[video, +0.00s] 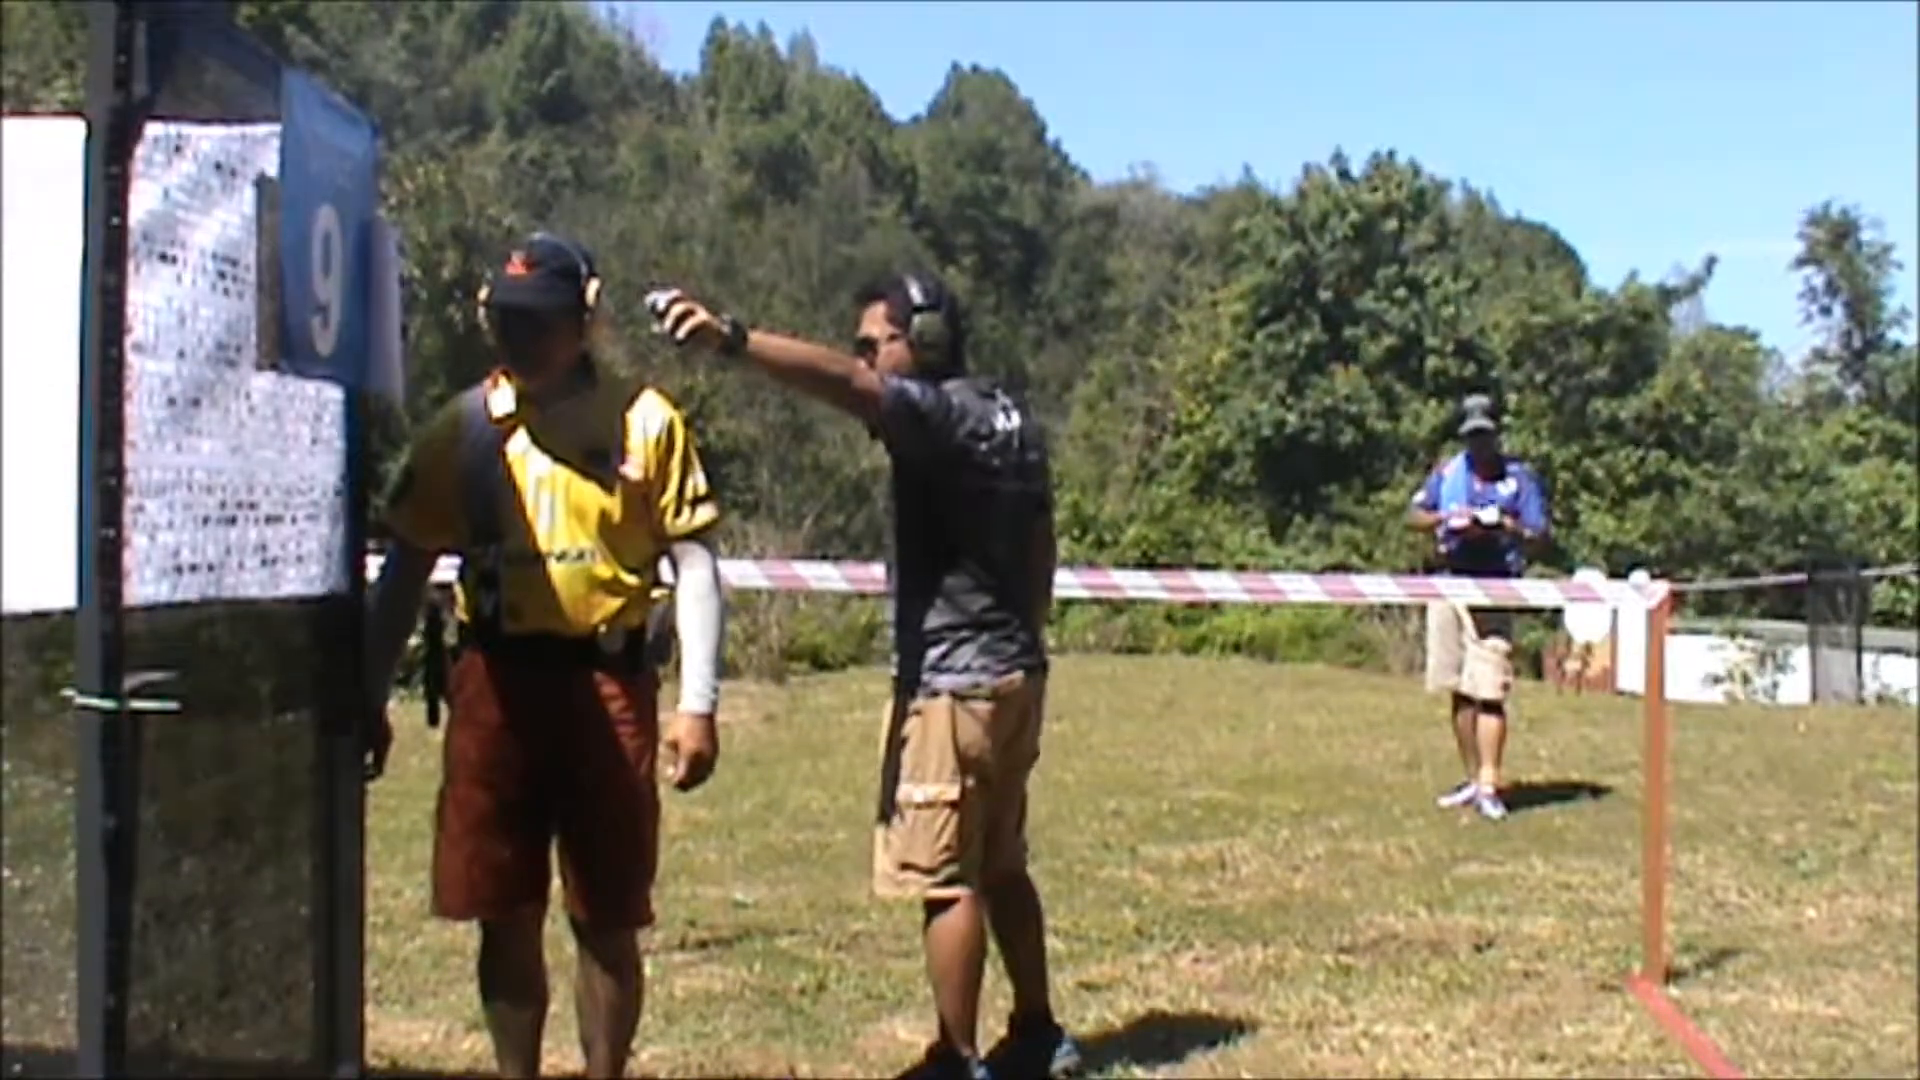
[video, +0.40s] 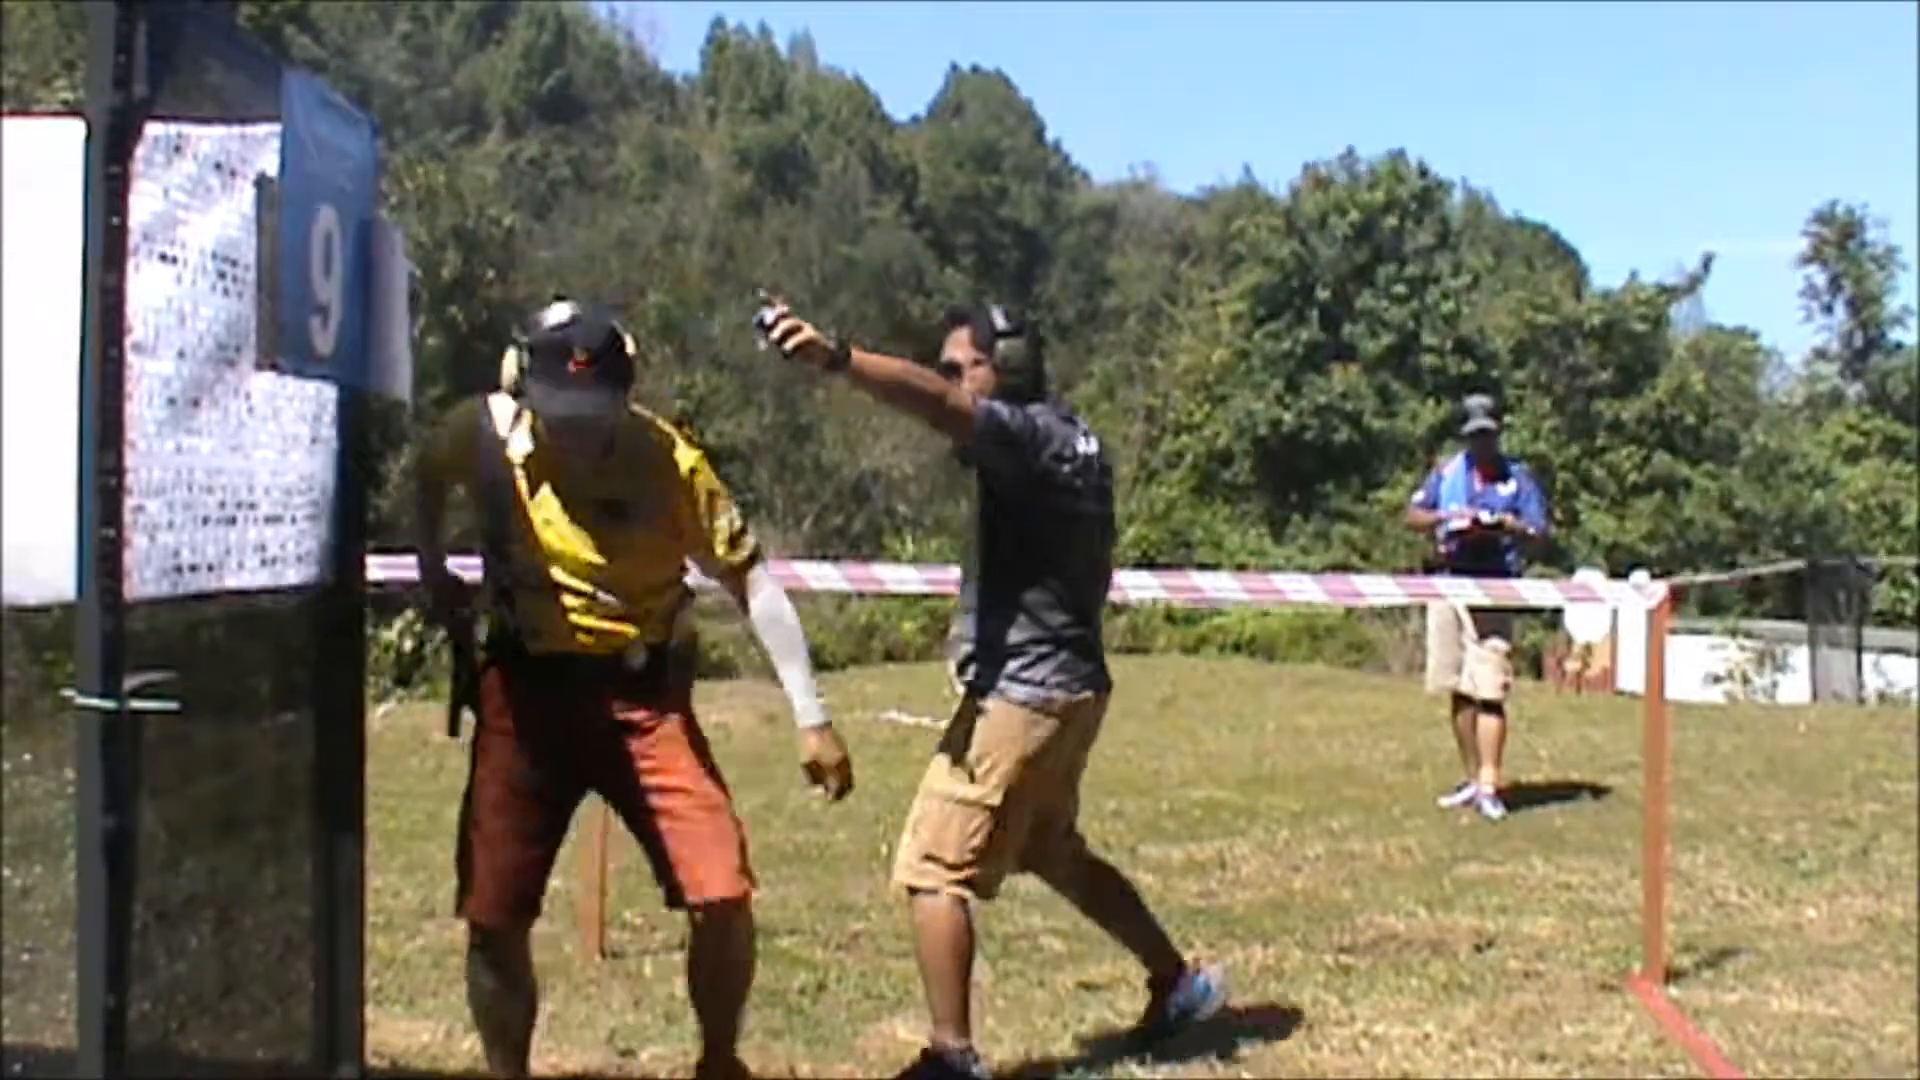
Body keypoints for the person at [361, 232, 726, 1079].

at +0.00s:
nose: (517, 340)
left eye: (537, 324)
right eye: (507, 321)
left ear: (585, 327)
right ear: (492, 319)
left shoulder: (646, 423)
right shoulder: (467, 425)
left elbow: (694, 565)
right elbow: (407, 567)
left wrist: (698, 701)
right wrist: (370, 697)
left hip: (607, 693)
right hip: (496, 693)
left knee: (607, 924)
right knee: (504, 916)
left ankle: (605, 1071)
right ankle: (518, 1072)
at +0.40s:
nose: (580, 433)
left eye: (595, 416)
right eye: (562, 416)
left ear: (624, 394)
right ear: (531, 394)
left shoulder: (671, 461)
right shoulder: (490, 432)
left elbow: (752, 583)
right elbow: (425, 475)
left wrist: (813, 718)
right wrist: (436, 583)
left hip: (645, 702)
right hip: (526, 698)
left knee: (724, 898)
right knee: (493, 922)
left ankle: (719, 1061)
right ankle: (509, 1072)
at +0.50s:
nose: (594, 453)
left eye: (610, 435)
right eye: (575, 437)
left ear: (638, 411)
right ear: (545, 413)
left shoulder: (685, 481)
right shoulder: (495, 455)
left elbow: (766, 594)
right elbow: (455, 522)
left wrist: (818, 723)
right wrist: (479, 649)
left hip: (664, 714)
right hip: (541, 712)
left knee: (757, 909)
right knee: (491, 928)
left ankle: (789, 1048)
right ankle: (503, 1071)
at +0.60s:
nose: (653, 490)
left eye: (662, 470)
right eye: (629, 478)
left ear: (678, 444)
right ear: (585, 458)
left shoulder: (728, 522)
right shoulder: (543, 485)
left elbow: (801, 624)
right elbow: (499, 540)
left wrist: (856, 739)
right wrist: (518, 640)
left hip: (700, 745)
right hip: (580, 738)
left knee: (812, 931)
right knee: (513, 944)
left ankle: (877, 1059)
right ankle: (515, 1073)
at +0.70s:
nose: (704, 512)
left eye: (712, 491)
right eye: (682, 500)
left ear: (726, 467)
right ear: (638, 485)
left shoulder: (772, 547)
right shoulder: (581, 514)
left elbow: (843, 644)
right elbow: (531, 551)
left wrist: (916, 759)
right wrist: (552, 665)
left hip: (736, 769)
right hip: (613, 763)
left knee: (850, 946)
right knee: (538, 957)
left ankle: (916, 1070)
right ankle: (525, 1071)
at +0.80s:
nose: (811, 500)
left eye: (826, 481)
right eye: (789, 483)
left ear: (848, 464)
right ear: (748, 466)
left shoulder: (885, 552)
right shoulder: (693, 502)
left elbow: (975, 646)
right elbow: (617, 522)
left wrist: (1063, 756)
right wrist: (635, 637)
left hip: (815, 780)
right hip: (690, 763)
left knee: (909, 951)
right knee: (583, 948)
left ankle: (927, 1072)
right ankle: (537, 1070)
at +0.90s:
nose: (863, 450)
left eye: (883, 432)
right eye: (848, 432)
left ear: (924, 430)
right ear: (830, 425)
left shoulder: (975, 534)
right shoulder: (787, 475)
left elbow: (1068, 628)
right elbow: (710, 492)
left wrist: (1157, 742)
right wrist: (721, 599)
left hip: (890, 763)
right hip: (769, 740)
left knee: (946, 961)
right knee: (648, 936)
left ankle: (954, 1076)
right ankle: (562, 1066)